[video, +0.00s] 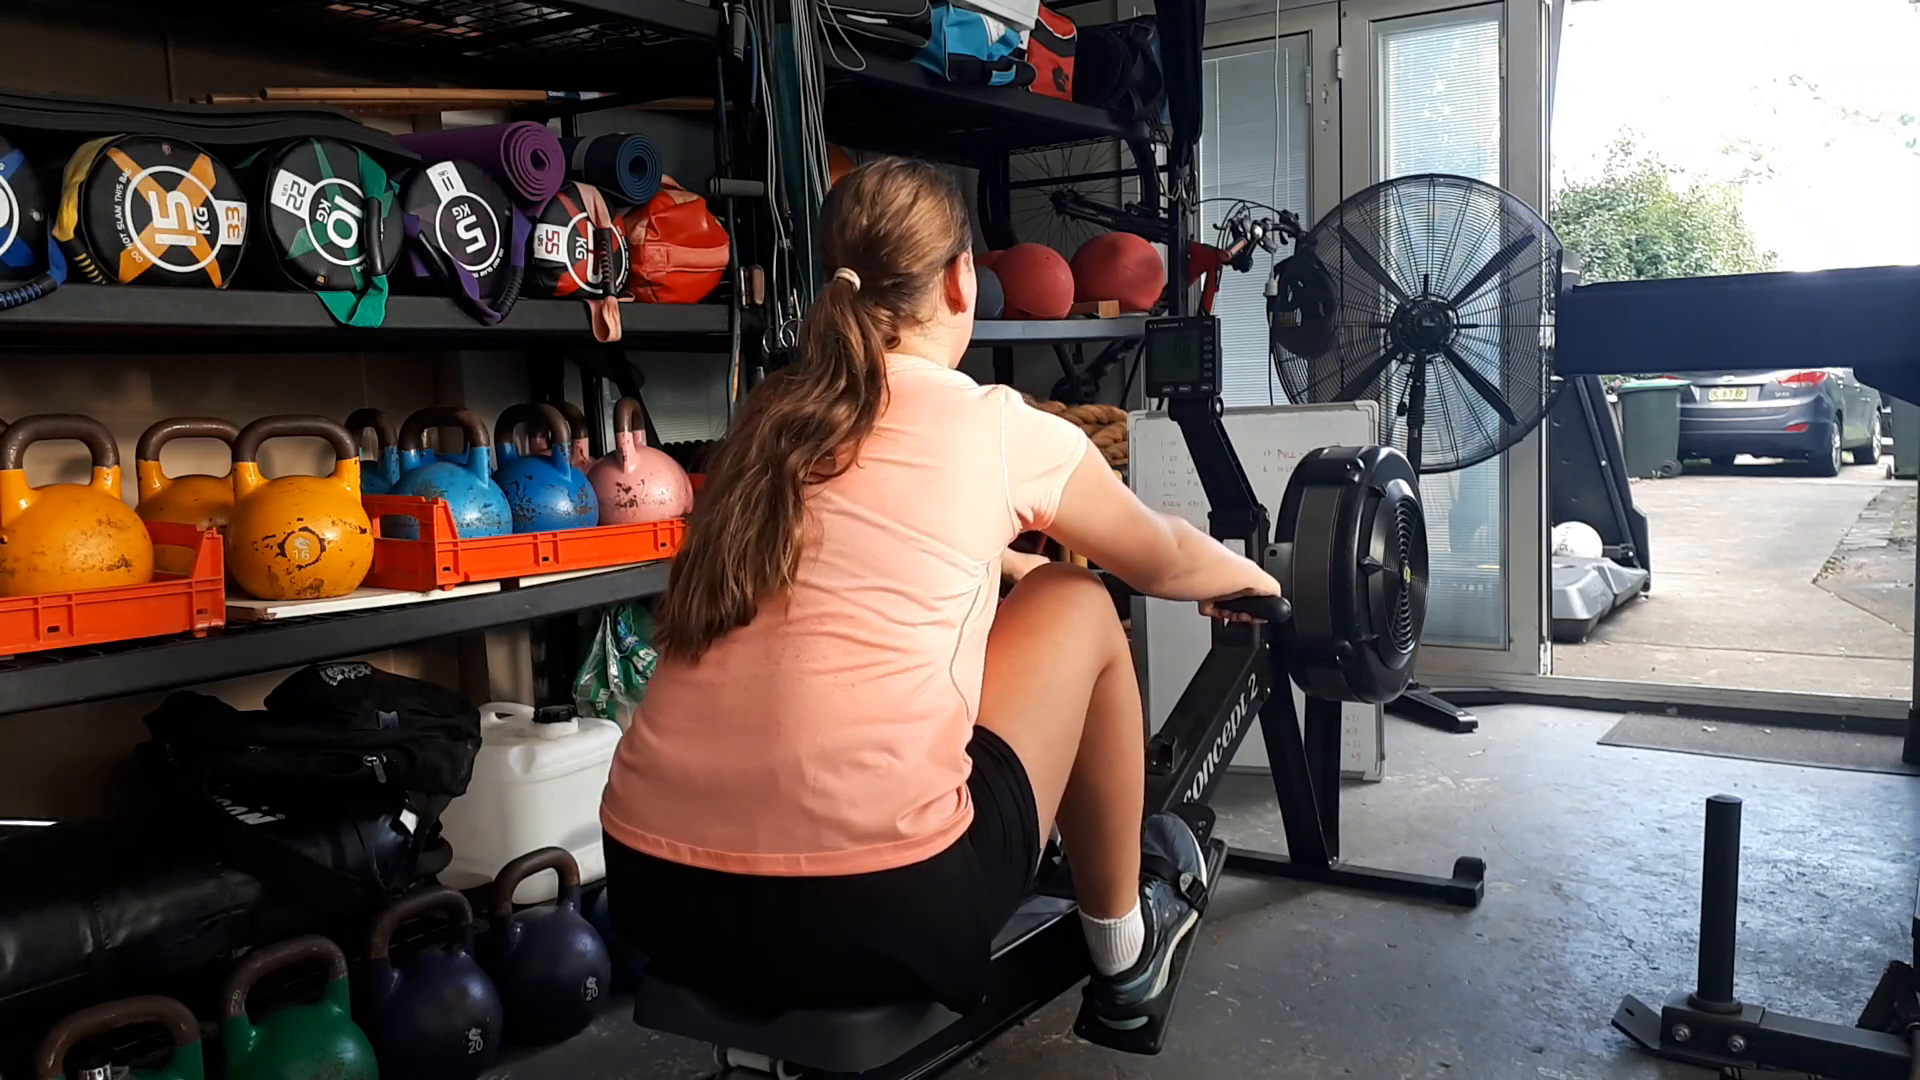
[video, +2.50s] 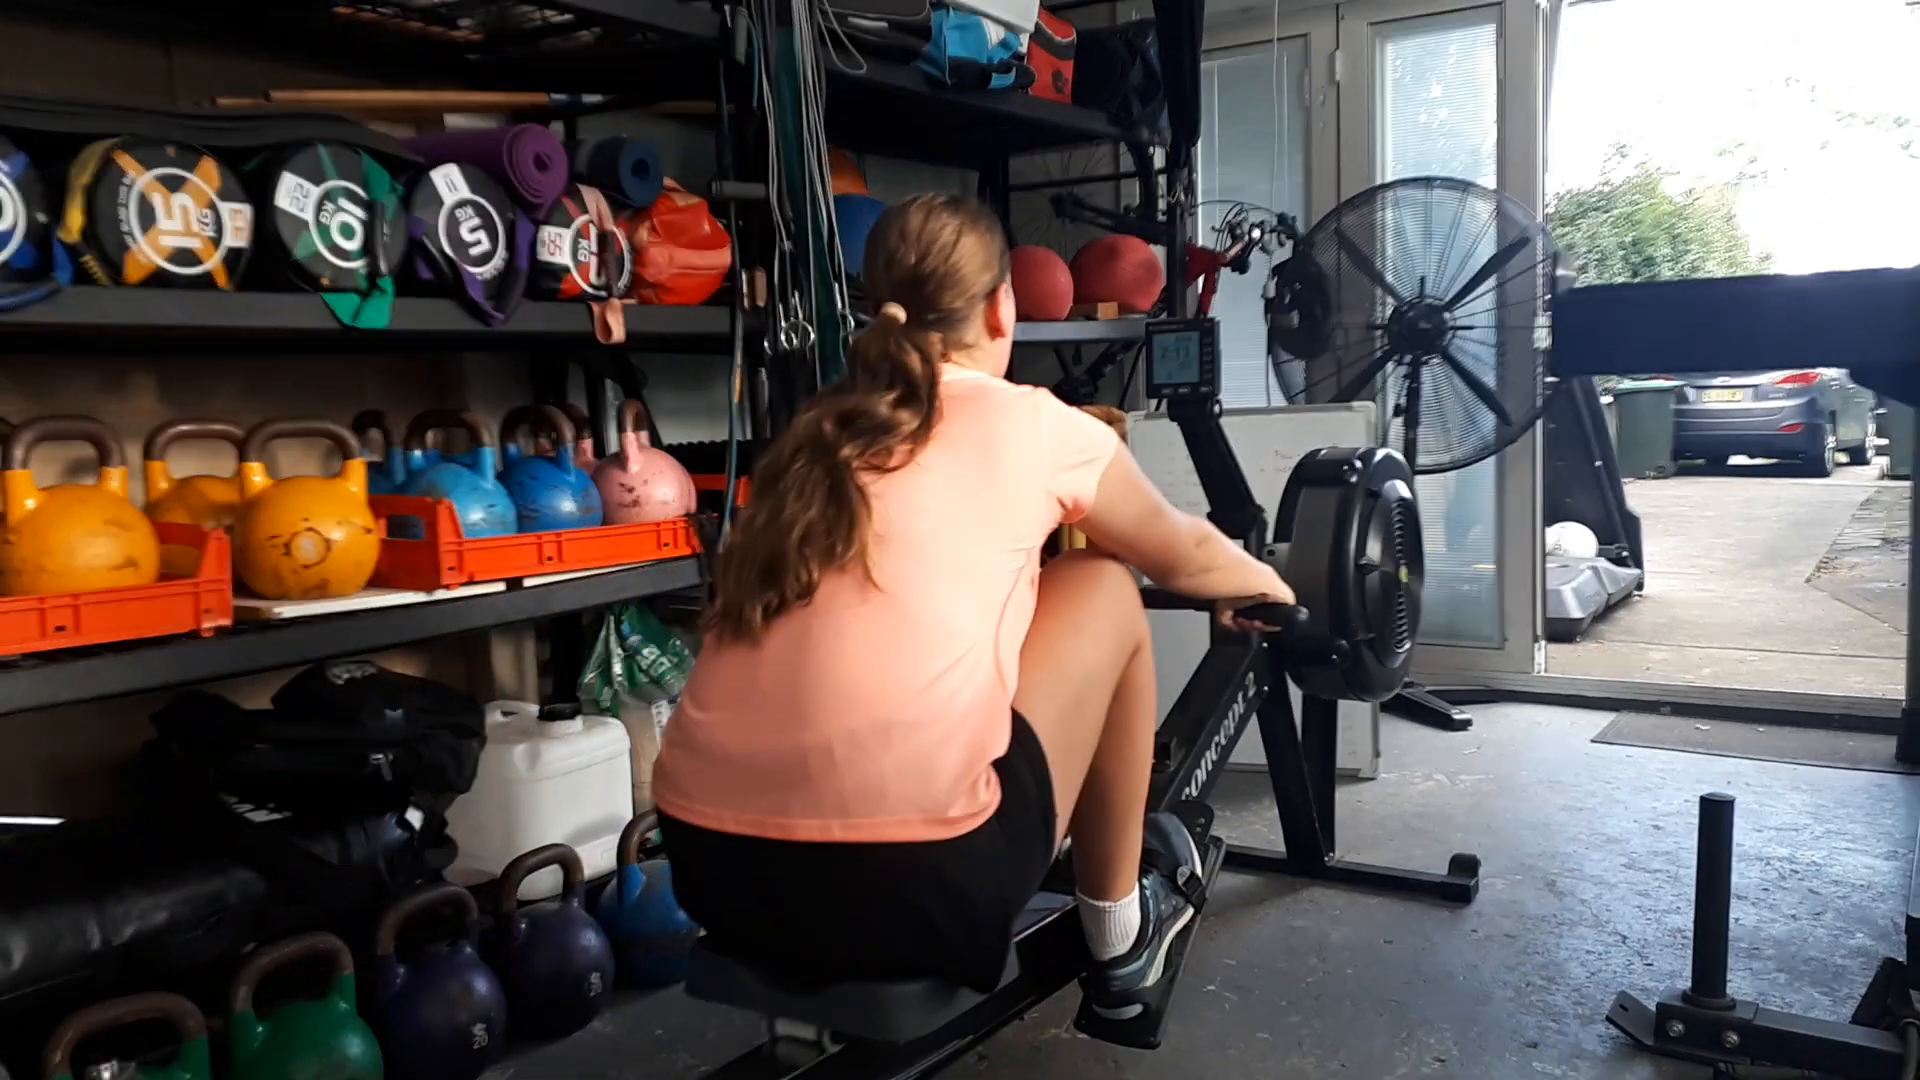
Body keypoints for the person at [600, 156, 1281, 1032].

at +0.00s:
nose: (976, 288)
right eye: (973, 267)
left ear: (832, 290)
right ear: (960, 285)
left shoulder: (766, 418)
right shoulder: (999, 428)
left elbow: (857, 542)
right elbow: (1161, 553)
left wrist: (1003, 561)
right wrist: (1228, 574)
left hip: (665, 911)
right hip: (873, 925)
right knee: (1076, 594)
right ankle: (1122, 960)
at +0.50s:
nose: (934, 264)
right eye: (931, 243)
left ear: (779, 265)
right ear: (914, 261)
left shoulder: (718, 411)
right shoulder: (969, 422)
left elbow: (773, 573)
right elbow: (1113, 550)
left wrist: (940, 572)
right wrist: (1190, 558)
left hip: (623, 917)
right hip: (833, 932)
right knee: (1064, 620)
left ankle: (979, 876)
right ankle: (1126, 955)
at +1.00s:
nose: (647, 260)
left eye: (649, 228)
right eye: (646, 225)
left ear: (453, 212)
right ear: (597, 217)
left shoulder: (359, 400)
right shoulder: (640, 414)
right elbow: (879, 591)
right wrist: (987, 567)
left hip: (369, 1005)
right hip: (599, 1022)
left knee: (790, 736)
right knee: (973, 760)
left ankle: (941, 896)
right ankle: (1126, 943)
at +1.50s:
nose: (481, 289)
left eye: (486, 251)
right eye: (483, 247)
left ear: (248, 233)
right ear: (418, 239)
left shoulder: (101, 433)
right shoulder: (387, 464)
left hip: (286, 1034)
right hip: (517, 1044)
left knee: (760, 841)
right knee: (918, 880)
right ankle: (1114, 945)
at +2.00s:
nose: (842, 271)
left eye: (835, 250)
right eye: (840, 249)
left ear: (675, 250)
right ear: (815, 257)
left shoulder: (591, 407)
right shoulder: (852, 415)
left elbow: (668, 585)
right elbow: (1058, 589)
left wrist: (868, 603)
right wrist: (1128, 599)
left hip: (497, 986)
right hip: (728, 996)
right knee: (993, 665)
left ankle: (928, 898)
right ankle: (1121, 958)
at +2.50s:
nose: (1016, 314)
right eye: (1014, 296)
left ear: (873, 313)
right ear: (1000, 312)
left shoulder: (813, 429)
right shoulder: (1040, 429)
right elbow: (1180, 550)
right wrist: (1255, 580)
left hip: (722, 888)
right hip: (914, 900)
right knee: (1108, 583)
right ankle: (1119, 950)